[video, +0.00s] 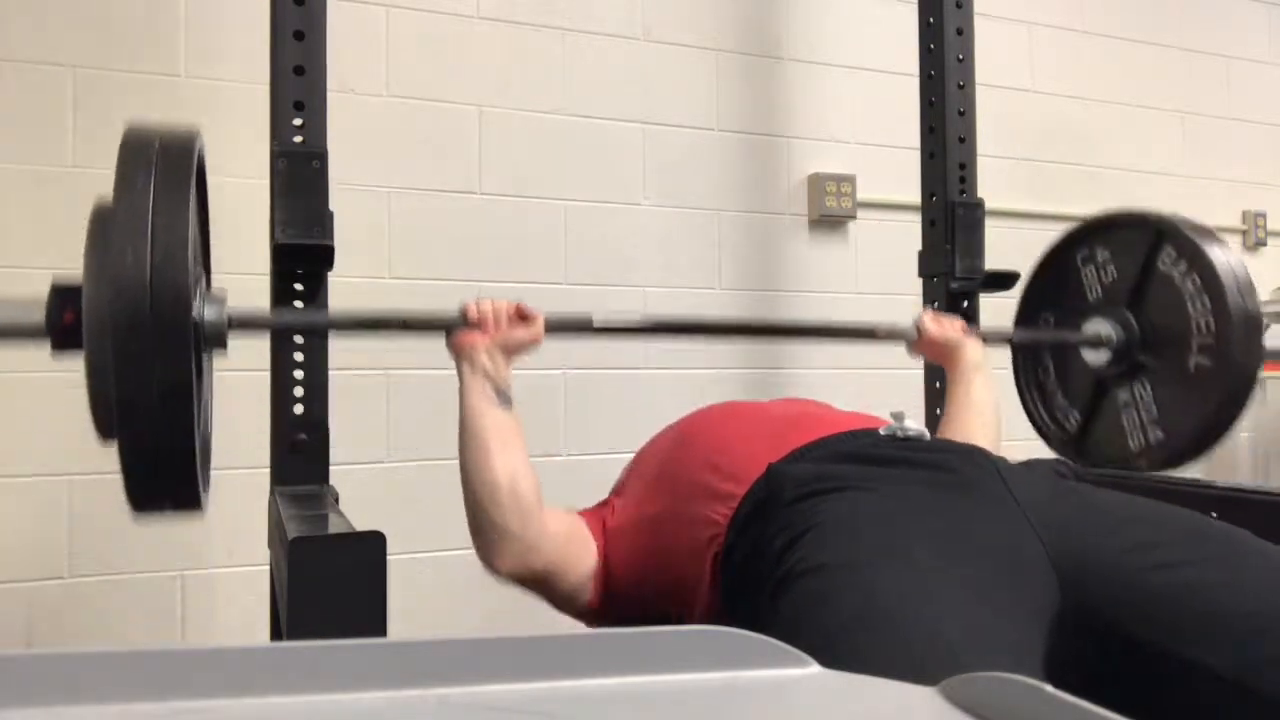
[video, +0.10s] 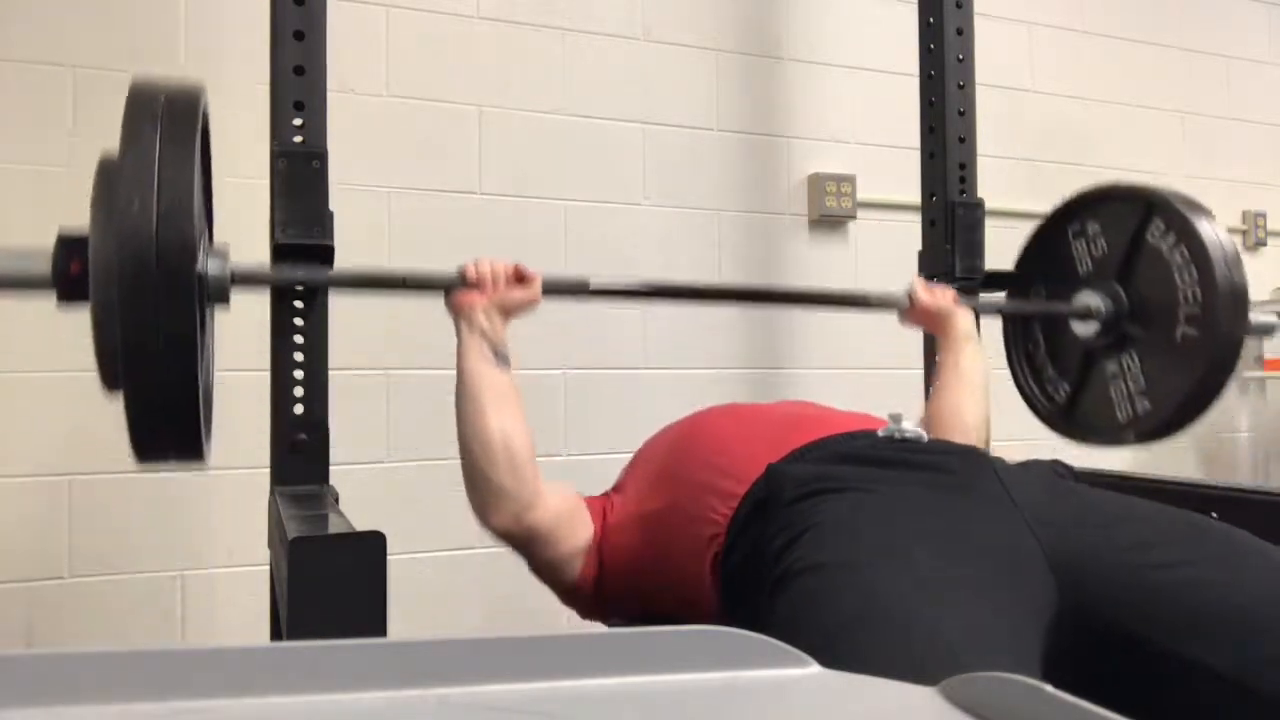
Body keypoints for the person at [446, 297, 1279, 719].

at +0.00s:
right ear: (650, 495)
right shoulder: (623, 542)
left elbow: (970, 477)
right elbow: (511, 537)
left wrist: (971, 358)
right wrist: (481, 374)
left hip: (1031, 487)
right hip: (845, 506)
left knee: (1269, 614)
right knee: (922, 690)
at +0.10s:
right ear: (637, 495)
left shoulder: (857, 441)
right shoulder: (610, 544)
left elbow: (959, 459)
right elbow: (508, 496)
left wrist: (955, 332)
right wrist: (478, 334)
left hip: (1031, 485)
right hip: (847, 505)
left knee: (1264, 605)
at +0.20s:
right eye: (655, 446)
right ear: (624, 495)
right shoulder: (607, 536)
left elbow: (939, 440)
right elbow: (508, 459)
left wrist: (948, 304)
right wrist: (477, 297)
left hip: (1026, 485)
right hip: (841, 504)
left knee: (1275, 611)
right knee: (933, 699)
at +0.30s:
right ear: (612, 505)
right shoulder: (608, 531)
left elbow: (926, 429)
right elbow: (512, 444)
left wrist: (947, 294)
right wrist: (480, 280)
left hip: (1012, 480)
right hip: (839, 499)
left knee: (1272, 606)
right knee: (941, 686)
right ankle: (964, 700)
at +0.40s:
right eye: (652, 448)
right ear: (626, 493)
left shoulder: (857, 431)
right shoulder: (610, 534)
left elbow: (943, 440)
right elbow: (512, 463)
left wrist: (949, 310)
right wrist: (481, 297)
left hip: (1022, 484)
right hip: (838, 501)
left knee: (1273, 607)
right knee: (939, 692)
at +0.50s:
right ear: (649, 492)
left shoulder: (862, 437)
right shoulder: (622, 539)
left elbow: (965, 470)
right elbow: (512, 516)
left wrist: (954, 348)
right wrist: (484, 345)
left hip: (1031, 487)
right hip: (846, 506)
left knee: (1272, 614)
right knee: (937, 687)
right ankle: (977, 701)